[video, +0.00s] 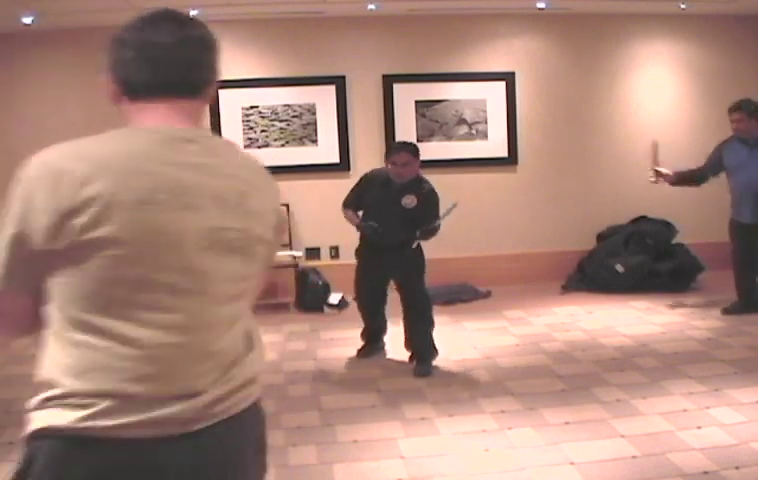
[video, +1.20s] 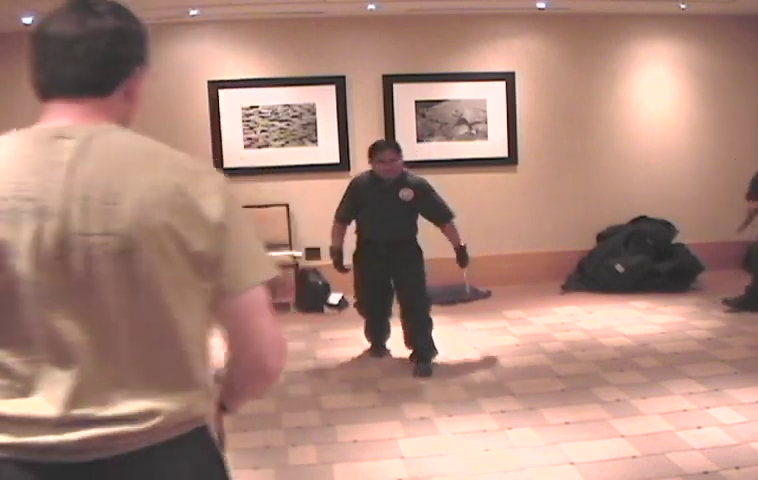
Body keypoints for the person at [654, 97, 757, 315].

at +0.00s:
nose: (735, 126)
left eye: (739, 121)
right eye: (732, 122)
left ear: (753, 120)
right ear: (731, 122)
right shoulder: (728, 148)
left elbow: (703, 173)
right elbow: (703, 173)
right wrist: (673, 177)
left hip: (754, 219)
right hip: (742, 219)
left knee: (748, 261)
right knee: (742, 262)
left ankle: (749, 301)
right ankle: (746, 300)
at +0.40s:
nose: (727, 124)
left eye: (732, 118)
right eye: (725, 119)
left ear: (748, 118)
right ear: (723, 121)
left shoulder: (756, 140)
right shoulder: (721, 146)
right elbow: (697, 174)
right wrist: (697, 185)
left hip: (755, 217)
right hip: (737, 217)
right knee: (739, 260)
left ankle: (750, 299)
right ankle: (746, 299)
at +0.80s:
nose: (753, 118)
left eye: (755, 114)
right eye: (751, 114)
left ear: (756, 115)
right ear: (748, 116)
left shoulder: (745, 145)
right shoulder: (743, 145)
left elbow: (726, 173)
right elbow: (727, 173)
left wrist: (722, 202)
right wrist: (721, 202)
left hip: (751, 218)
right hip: (749, 217)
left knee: (748, 259)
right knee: (746, 258)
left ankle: (748, 299)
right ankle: (747, 299)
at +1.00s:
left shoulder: (754, 151)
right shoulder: (755, 150)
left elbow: (747, 170)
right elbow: (747, 170)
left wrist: (731, 196)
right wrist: (731, 196)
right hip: (757, 220)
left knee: (754, 254)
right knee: (754, 254)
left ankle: (749, 296)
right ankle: (749, 296)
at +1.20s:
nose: (750, 204)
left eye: (752, 200)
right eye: (750, 200)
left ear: (755, 200)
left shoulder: (755, 179)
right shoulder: (754, 178)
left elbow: (753, 209)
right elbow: (752, 207)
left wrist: (743, 225)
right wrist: (744, 224)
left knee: (753, 254)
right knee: (751, 254)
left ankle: (753, 295)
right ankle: (751, 292)